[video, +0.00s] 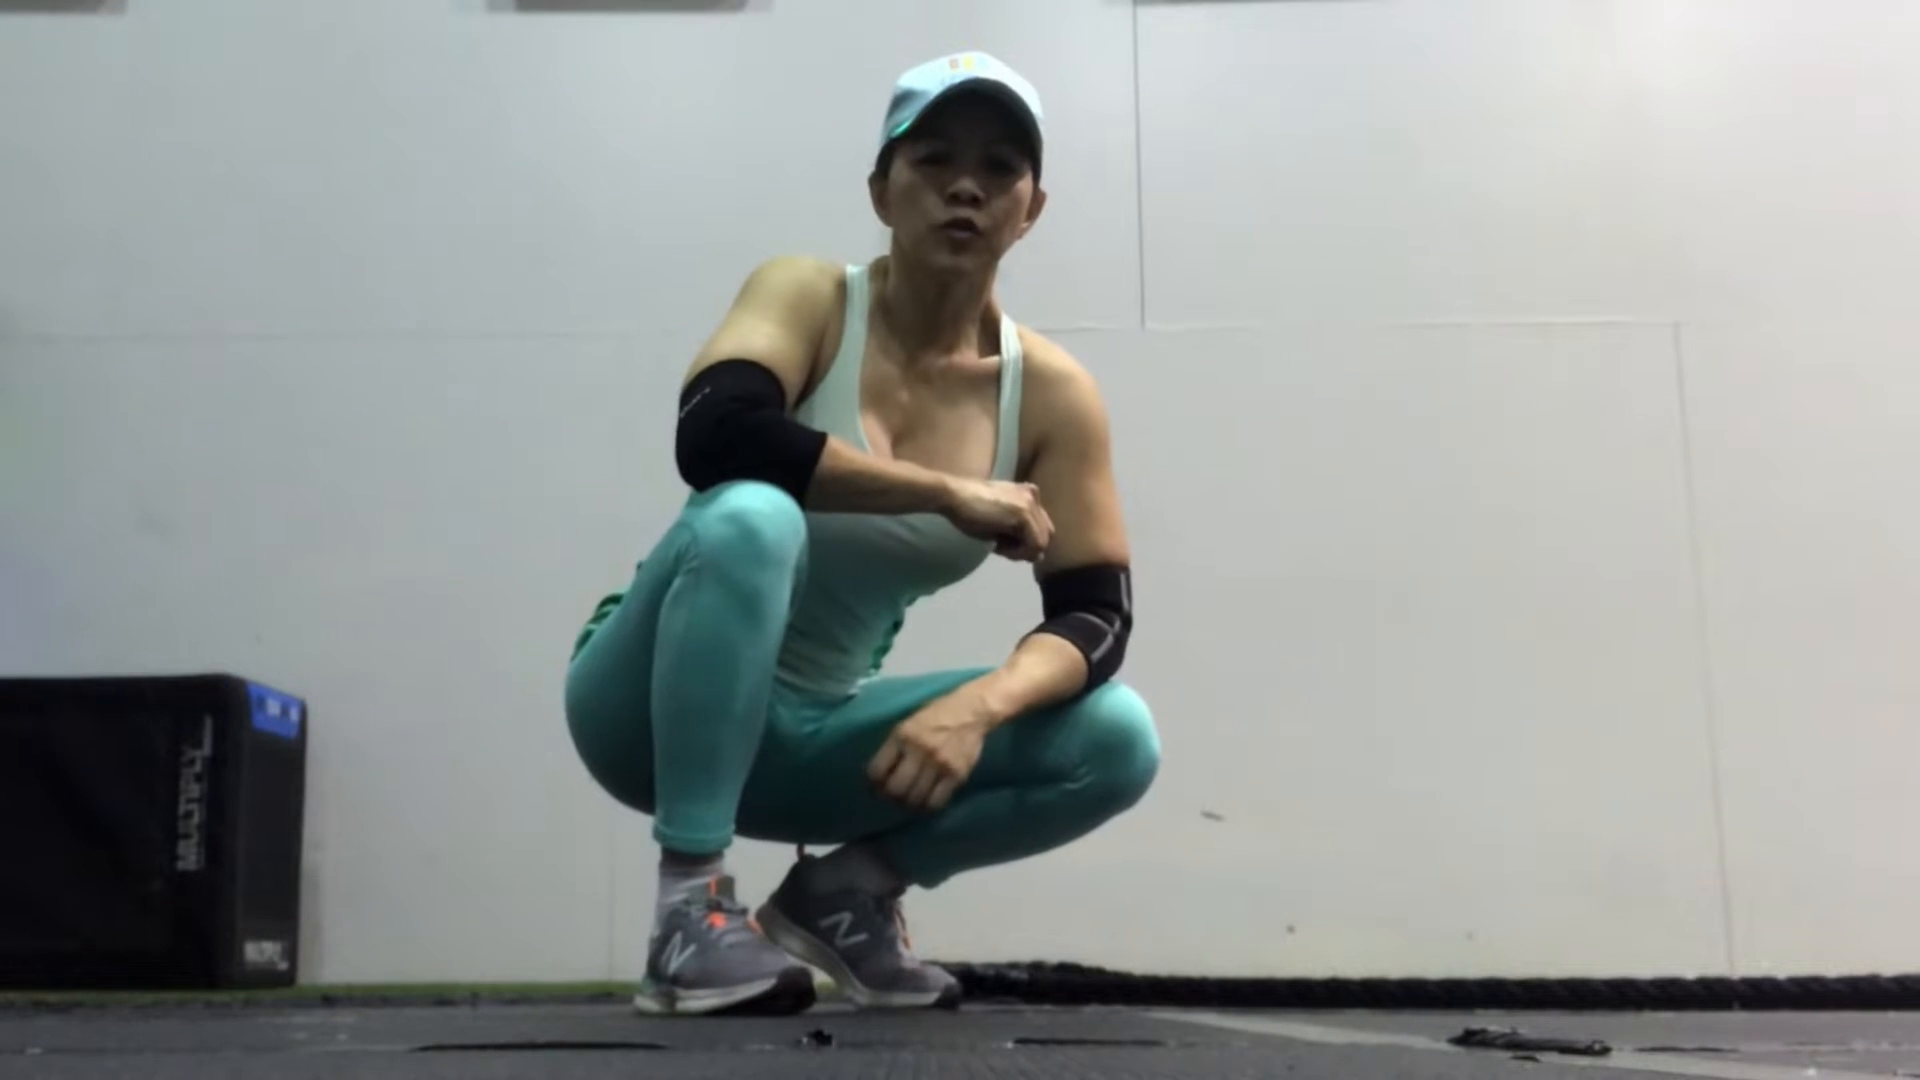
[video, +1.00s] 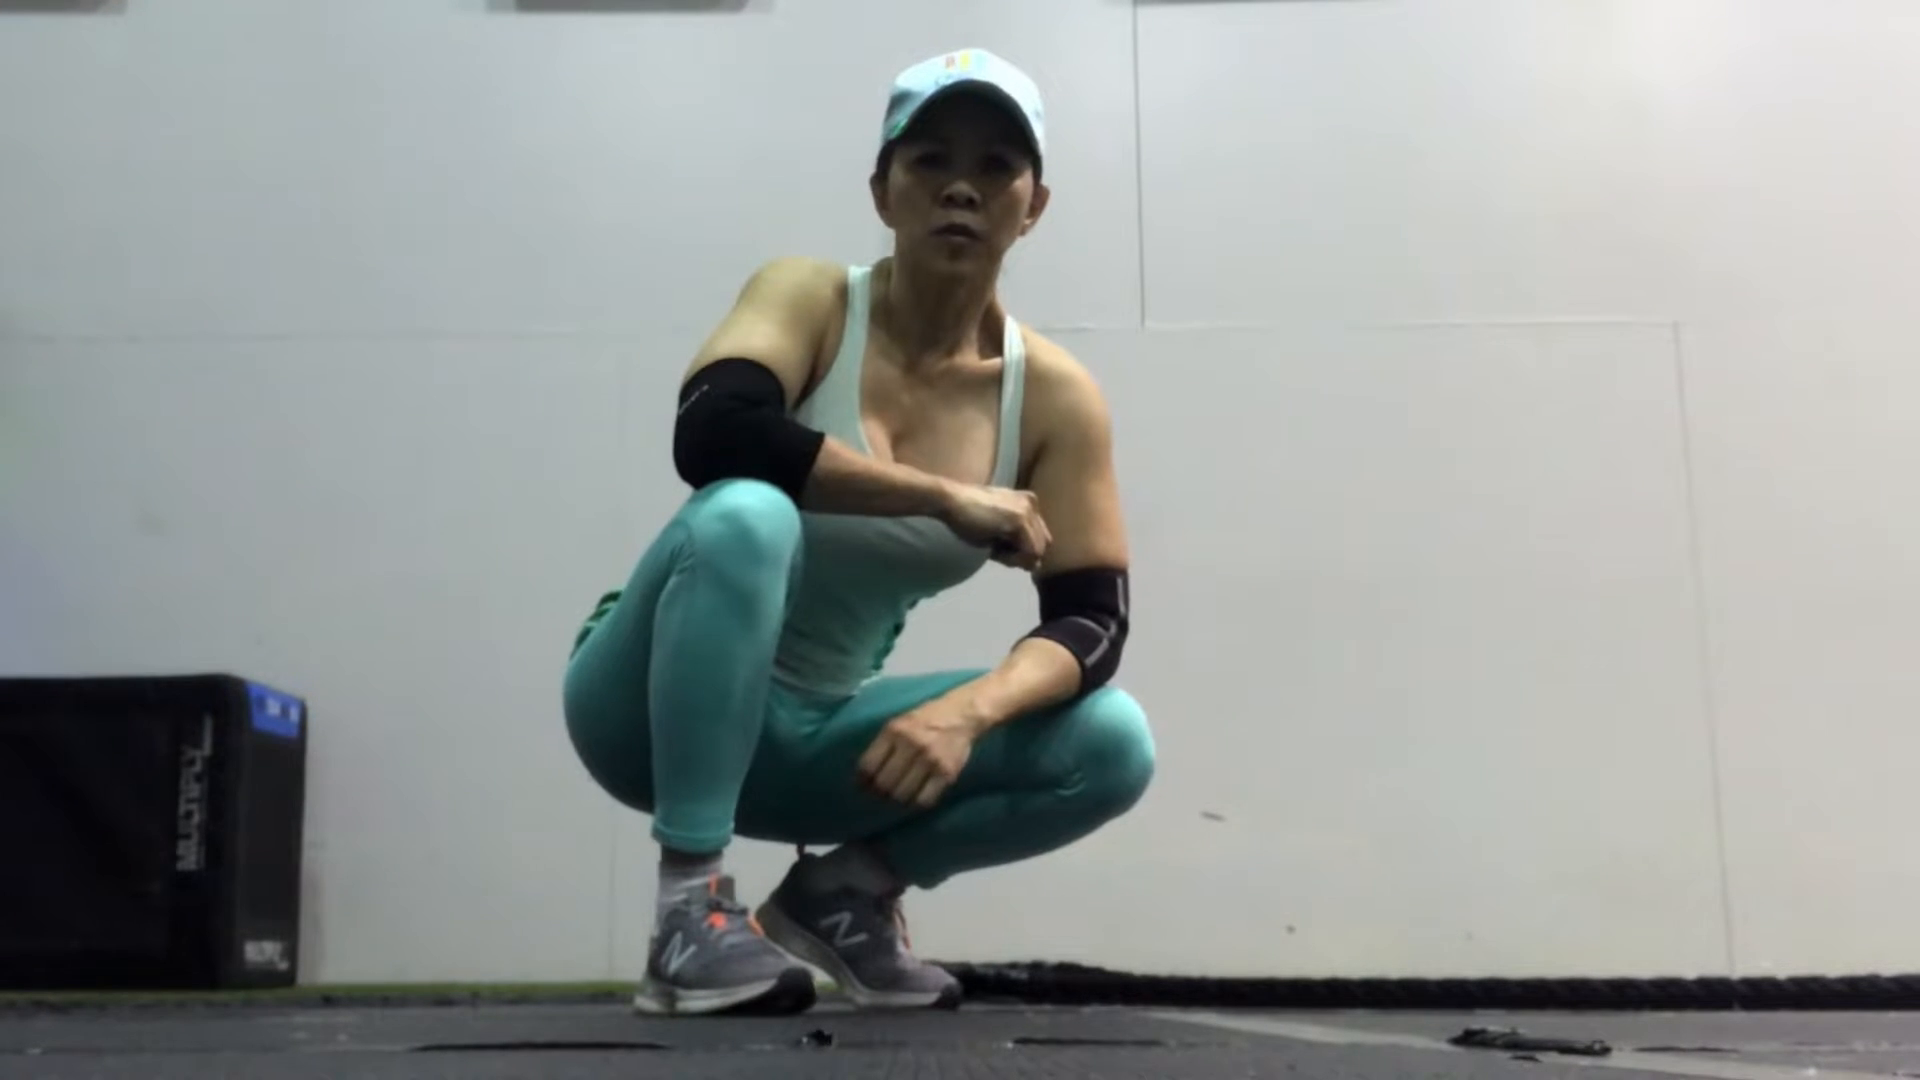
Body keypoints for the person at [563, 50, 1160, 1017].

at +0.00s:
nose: (965, 185)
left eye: (997, 166)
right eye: (936, 157)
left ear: (1032, 207)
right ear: (883, 187)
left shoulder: (1049, 393)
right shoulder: (803, 295)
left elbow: (1094, 616)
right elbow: (717, 436)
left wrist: (980, 704)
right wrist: (948, 492)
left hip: (818, 738)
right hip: (657, 703)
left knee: (1114, 740)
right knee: (752, 519)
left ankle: (840, 891)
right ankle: (691, 909)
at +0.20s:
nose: (966, 186)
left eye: (999, 165)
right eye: (937, 156)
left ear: (1034, 206)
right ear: (885, 187)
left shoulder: (1052, 395)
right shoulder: (805, 296)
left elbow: (1094, 617)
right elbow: (719, 435)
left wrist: (979, 704)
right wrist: (947, 494)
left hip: (820, 740)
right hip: (658, 704)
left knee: (1113, 742)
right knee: (752, 518)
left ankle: (840, 891)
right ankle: (692, 910)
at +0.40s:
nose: (964, 185)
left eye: (997, 164)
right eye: (936, 156)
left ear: (1034, 205)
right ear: (885, 188)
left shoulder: (1054, 396)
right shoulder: (805, 296)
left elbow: (1093, 620)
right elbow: (716, 435)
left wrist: (972, 708)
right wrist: (946, 494)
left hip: (822, 739)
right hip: (660, 704)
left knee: (1112, 744)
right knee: (750, 517)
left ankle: (840, 891)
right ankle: (692, 909)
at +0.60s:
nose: (964, 184)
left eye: (997, 164)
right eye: (936, 156)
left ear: (1034, 204)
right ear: (884, 187)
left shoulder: (1055, 397)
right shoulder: (804, 296)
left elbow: (1092, 621)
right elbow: (715, 435)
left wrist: (970, 710)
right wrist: (945, 495)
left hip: (821, 738)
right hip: (660, 703)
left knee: (1111, 745)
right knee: (749, 517)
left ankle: (840, 890)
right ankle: (692, 910)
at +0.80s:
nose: (959, 188)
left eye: (992, 165)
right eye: (931, 159)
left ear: (1033, 202)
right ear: (883, 189)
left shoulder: (1055, 398)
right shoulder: (805, 296)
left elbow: (1091, 622)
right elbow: (715, 435)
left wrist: (966, 710)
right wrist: (944, 496)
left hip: (822, 739)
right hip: (660, 705)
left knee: (1110, 745)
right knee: (748, 517)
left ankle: (840, 891)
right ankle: (691, 911)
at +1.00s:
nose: (960, 187)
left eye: (992, 165)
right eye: (931, 159)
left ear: (1033, 202)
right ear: (883, 189)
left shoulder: (1054, 398)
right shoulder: (804, 297)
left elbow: (1090, 621)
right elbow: (714, 434)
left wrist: (968, 710)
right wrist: (943, 498)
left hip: (821, 740)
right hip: (658, 705)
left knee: (1110, 745)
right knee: (747, 517)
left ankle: (840, 891)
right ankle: (691, 910)